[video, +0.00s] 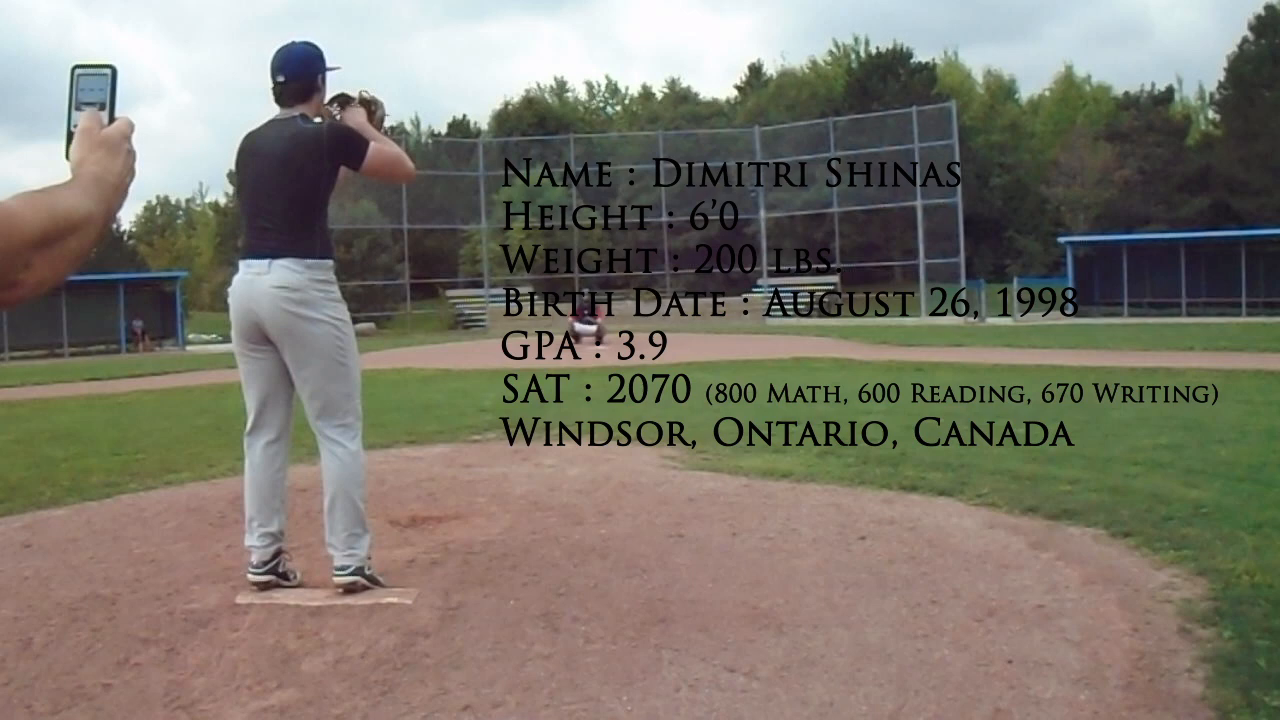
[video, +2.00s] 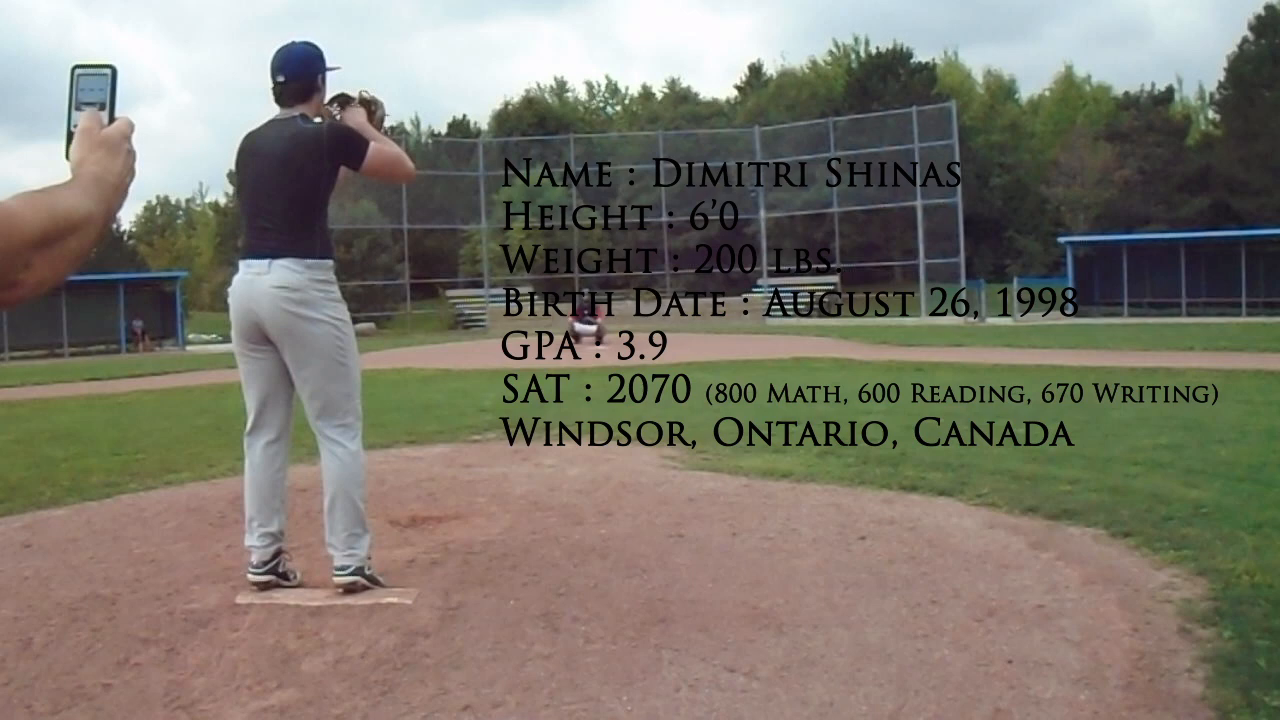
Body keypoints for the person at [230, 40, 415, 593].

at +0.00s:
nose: (327, 88)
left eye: (322, 81)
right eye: (325, 81)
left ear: (275, 88)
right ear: (320, 86)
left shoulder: (250, 143)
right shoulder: (327, 135)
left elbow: (301, 185)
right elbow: (402, 167)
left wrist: (327, 131)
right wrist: (362, 125)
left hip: (246, 288)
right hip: (303, 286)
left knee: (264, 430)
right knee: (338, 429)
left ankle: (263, 558)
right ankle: (350, 561)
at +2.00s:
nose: (327, 88)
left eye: (322, 81)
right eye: (325, 81)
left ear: (275, 88)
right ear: (320, 86)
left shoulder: (250, 143)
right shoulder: (327, 135)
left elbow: (301, 185)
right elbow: (402, 167)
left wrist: (327, 131)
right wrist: (362, 125)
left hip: (246, 288)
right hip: (303, 286)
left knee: (264, 430)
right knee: (338, 429)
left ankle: (263, 558)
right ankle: (350, 561)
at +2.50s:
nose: (327, 88)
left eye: (322, 81)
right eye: (325, 81)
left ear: (275, 88)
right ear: (320, 86)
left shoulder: (250, 143)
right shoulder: (327, 135)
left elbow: (301, 185)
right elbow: (402, 167)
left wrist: (327, 131)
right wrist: (362, 125)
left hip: (246, 288)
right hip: (303, 286)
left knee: (264, 430)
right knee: (338, 429)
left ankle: (263, 558)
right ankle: (350, 561)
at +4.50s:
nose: (340, 91)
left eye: (335, 83)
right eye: (339, 83)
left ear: (289, 89)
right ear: (333, 87)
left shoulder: (262, 142)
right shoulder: (337, 136)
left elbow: (330, 192)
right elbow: (415, 169)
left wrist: (357, 133)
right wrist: (376, 126)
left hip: (253, 287)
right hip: (310, 287)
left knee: (269, 428)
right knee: (343, 431)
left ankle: (264, 557)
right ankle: (350, 562)